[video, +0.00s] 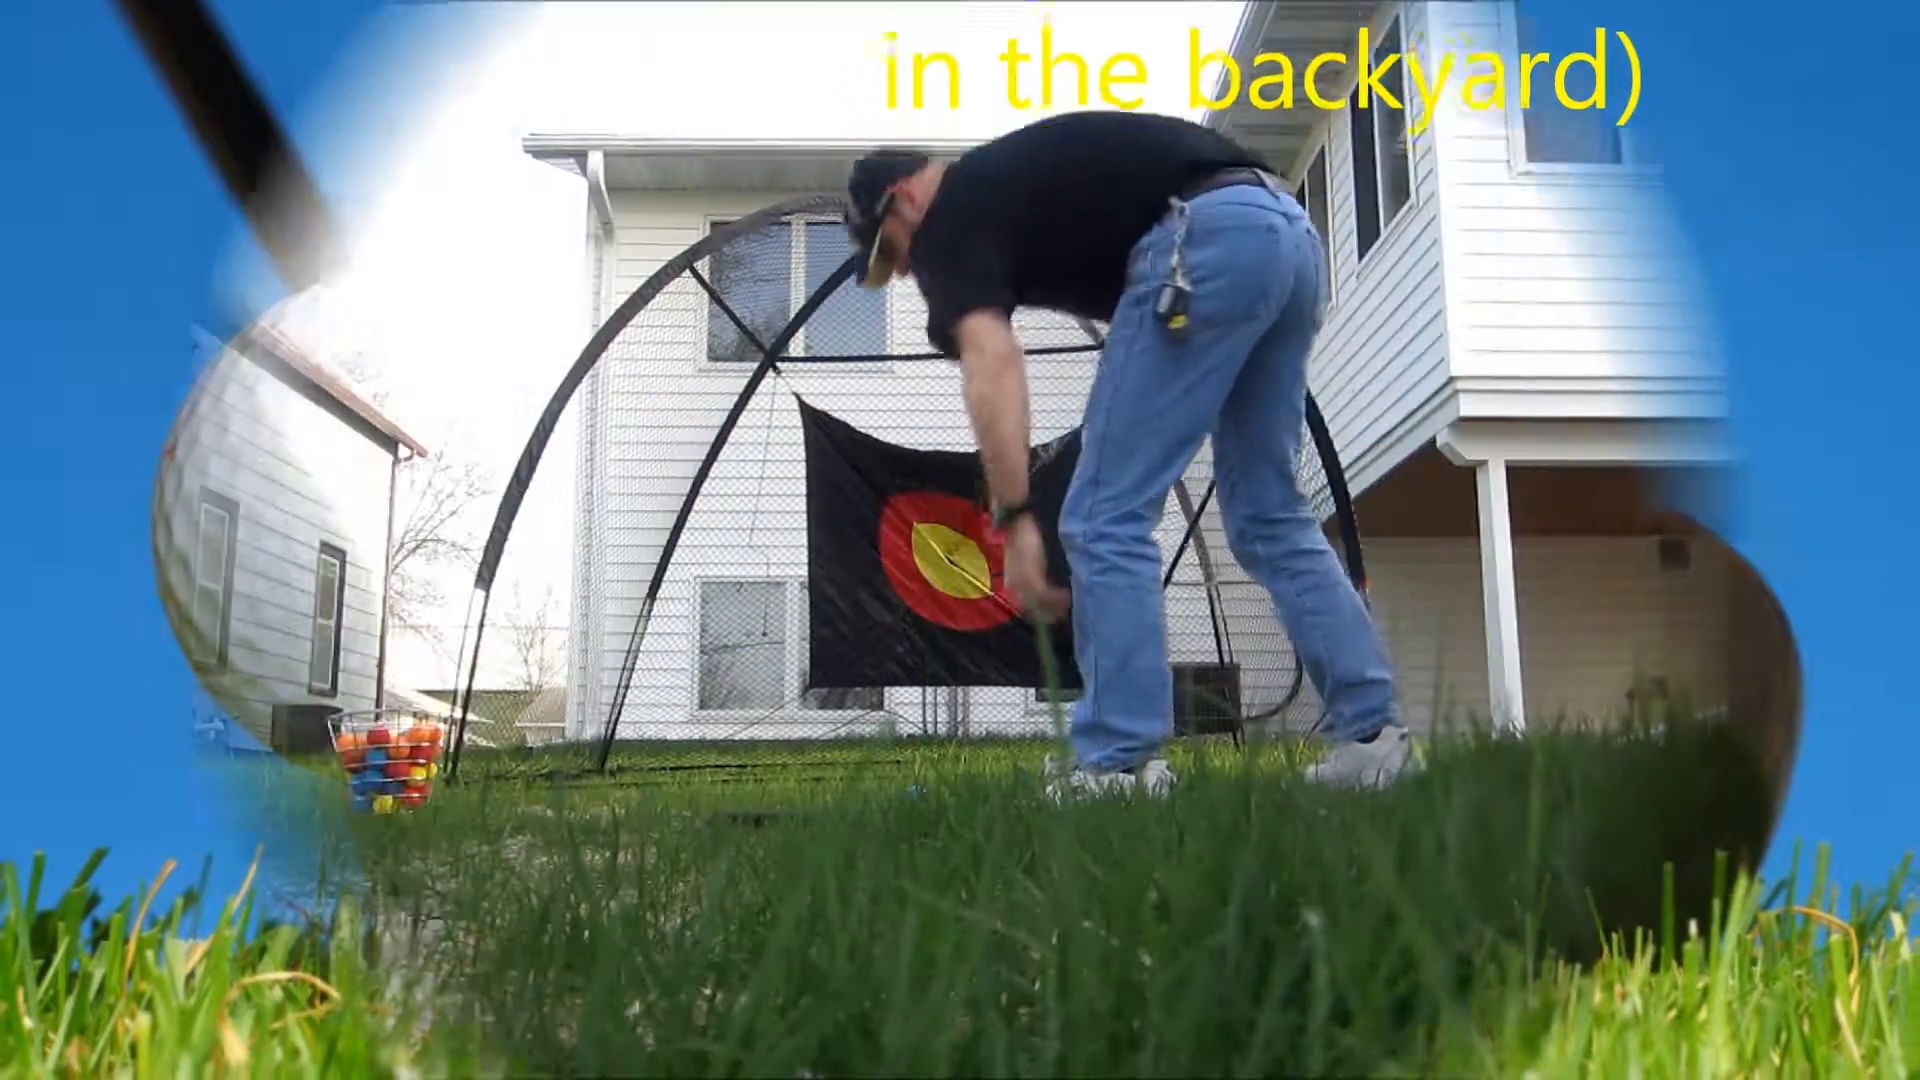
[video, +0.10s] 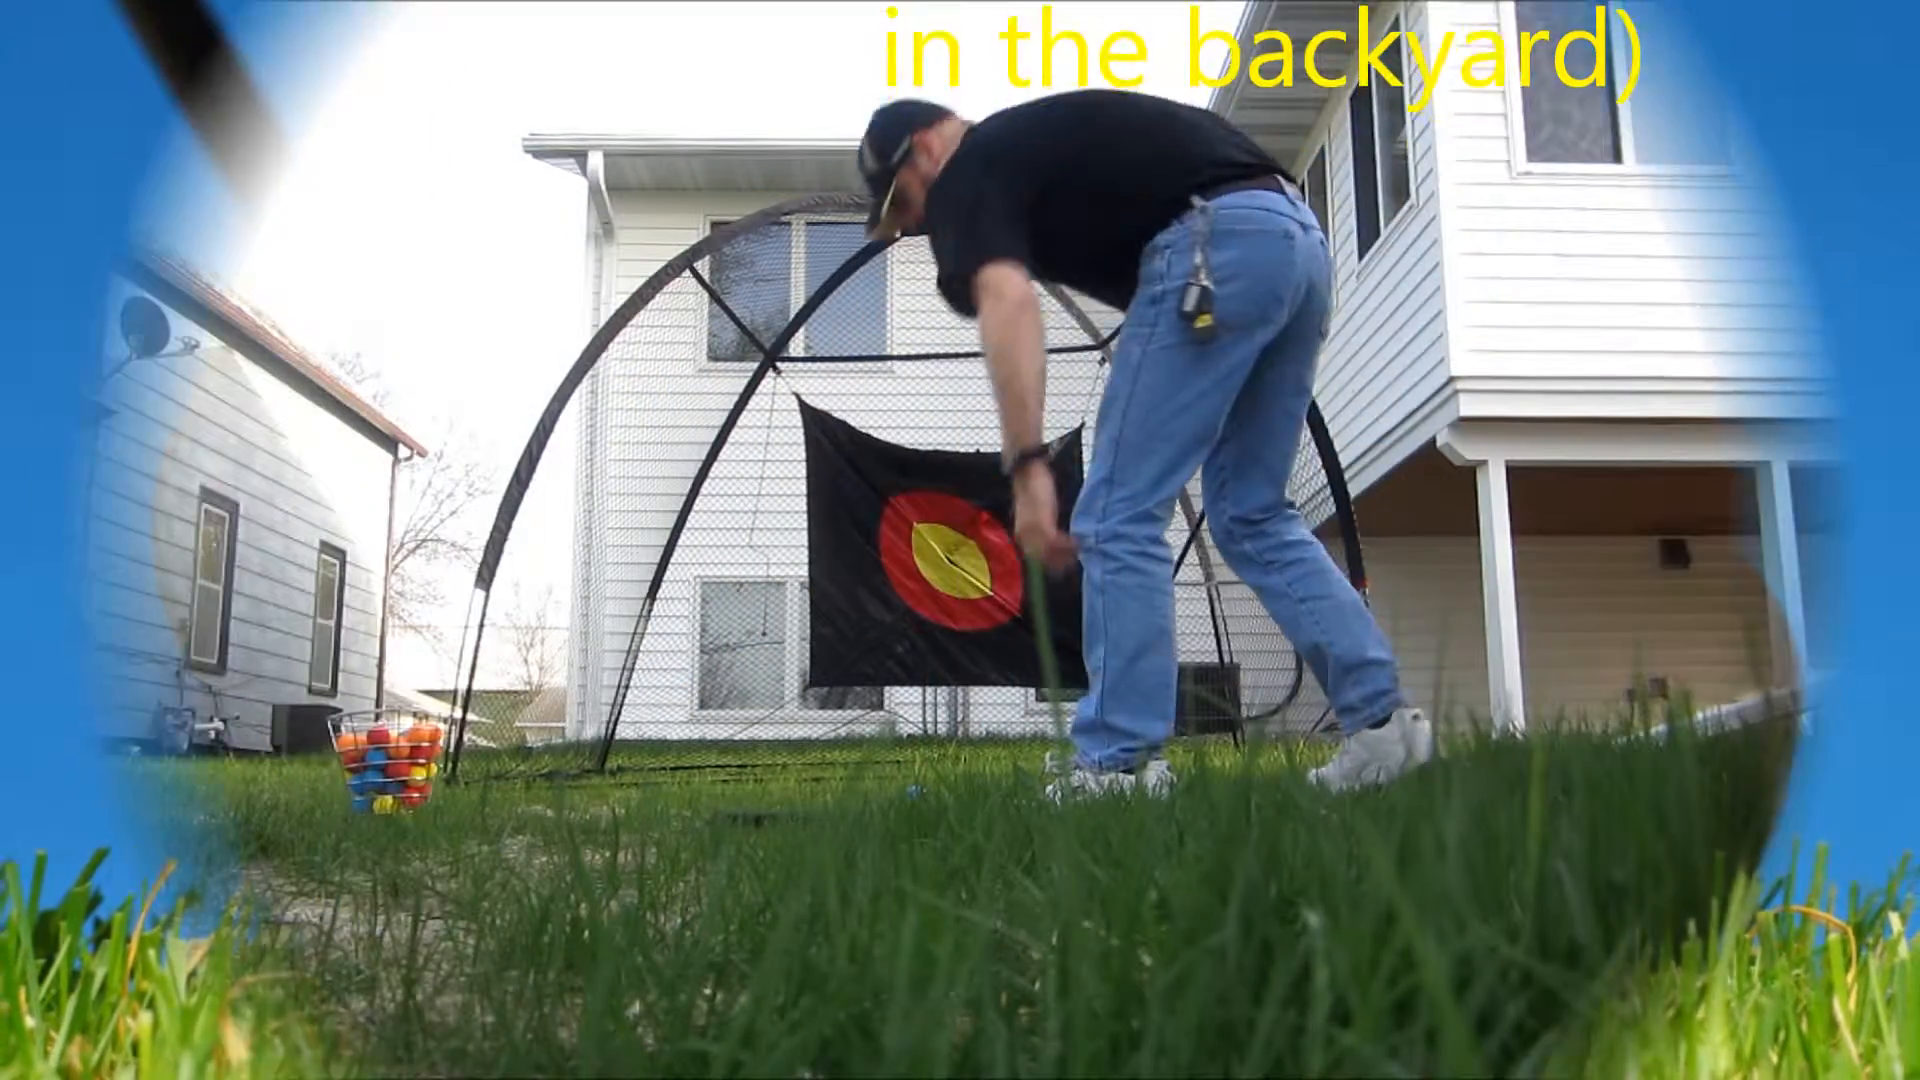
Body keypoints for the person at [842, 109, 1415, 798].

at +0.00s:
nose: (905, 267)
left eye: (893, 247)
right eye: (892, 260)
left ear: (905, 196)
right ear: (927, 183)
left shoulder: (951, 216)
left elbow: (993, 361)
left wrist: (1015, 518)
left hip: (1202, 237)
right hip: (1292, 239)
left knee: (1105, 519)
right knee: (1267, 516)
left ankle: (1116, 760)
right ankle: (1372, 733)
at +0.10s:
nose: (918, 220)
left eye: (907, 200)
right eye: (904, 213)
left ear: (926, 147)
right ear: (949, 135)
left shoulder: (967, 175)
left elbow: (1006, 298)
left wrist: (1026, 464)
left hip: (1212, 239)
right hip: (1302, 241)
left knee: (1118, 518)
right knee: (1249, 513)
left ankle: (1119, 759)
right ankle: (1381, 720)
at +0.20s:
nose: (952, 154)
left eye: (944, 131)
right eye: (940, 143)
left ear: (970, 83)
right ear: (993, 70)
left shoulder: (1009, 117)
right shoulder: (1084, 93)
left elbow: (1058, 227)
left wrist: (1067, 398)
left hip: (1228, 253)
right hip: (1310, 257)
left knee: (1130, 515)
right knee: (1251, 527)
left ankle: (1121, 759)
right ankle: (1390, 725)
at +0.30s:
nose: (985, 110)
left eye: (980, 88)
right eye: (975, 101)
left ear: (1006, 49)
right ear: (1031, 42)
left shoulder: (1053, 82)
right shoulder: (1130, 69)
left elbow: (1108, 186)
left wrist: (1112, 358)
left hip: (1236, 263)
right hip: (1319, 265)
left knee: (1141, 519)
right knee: (1265, 533)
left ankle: (1120, 757)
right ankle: (1396, 737)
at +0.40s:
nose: (1031, 72)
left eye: (1028, 47)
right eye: (1018, 64)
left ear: (1070, 11)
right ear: (1096, 18)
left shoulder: (1111, 49)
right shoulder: (1181, 53)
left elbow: (1172, 152)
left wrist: (1171, 312)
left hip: (1258, 265)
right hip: (1332, 273)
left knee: (1158, 523)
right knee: (1276, 537)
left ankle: (1124, 756)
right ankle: (1399, 740)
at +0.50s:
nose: (1099, 33)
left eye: (1100, 13)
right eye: (1089, 25)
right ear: (1122, 14)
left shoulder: (1204, 19)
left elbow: (1276, 115)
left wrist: (1268, 275)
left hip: (1296, 269)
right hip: (1345, 274)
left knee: (1196, 519)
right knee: (1296, 532)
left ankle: (1137, 751)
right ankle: (1401, 745)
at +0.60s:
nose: (1141, 14)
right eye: (1131, 7)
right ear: (1153, 13)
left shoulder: (1256, 15)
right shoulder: (1223, 57)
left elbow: (1339, 99)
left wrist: (1332, 258)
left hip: (1310, 266)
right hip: (1348, 268)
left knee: (1219, 511)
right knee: (1310, 529)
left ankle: (1151, 744)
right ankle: (1401, 747)